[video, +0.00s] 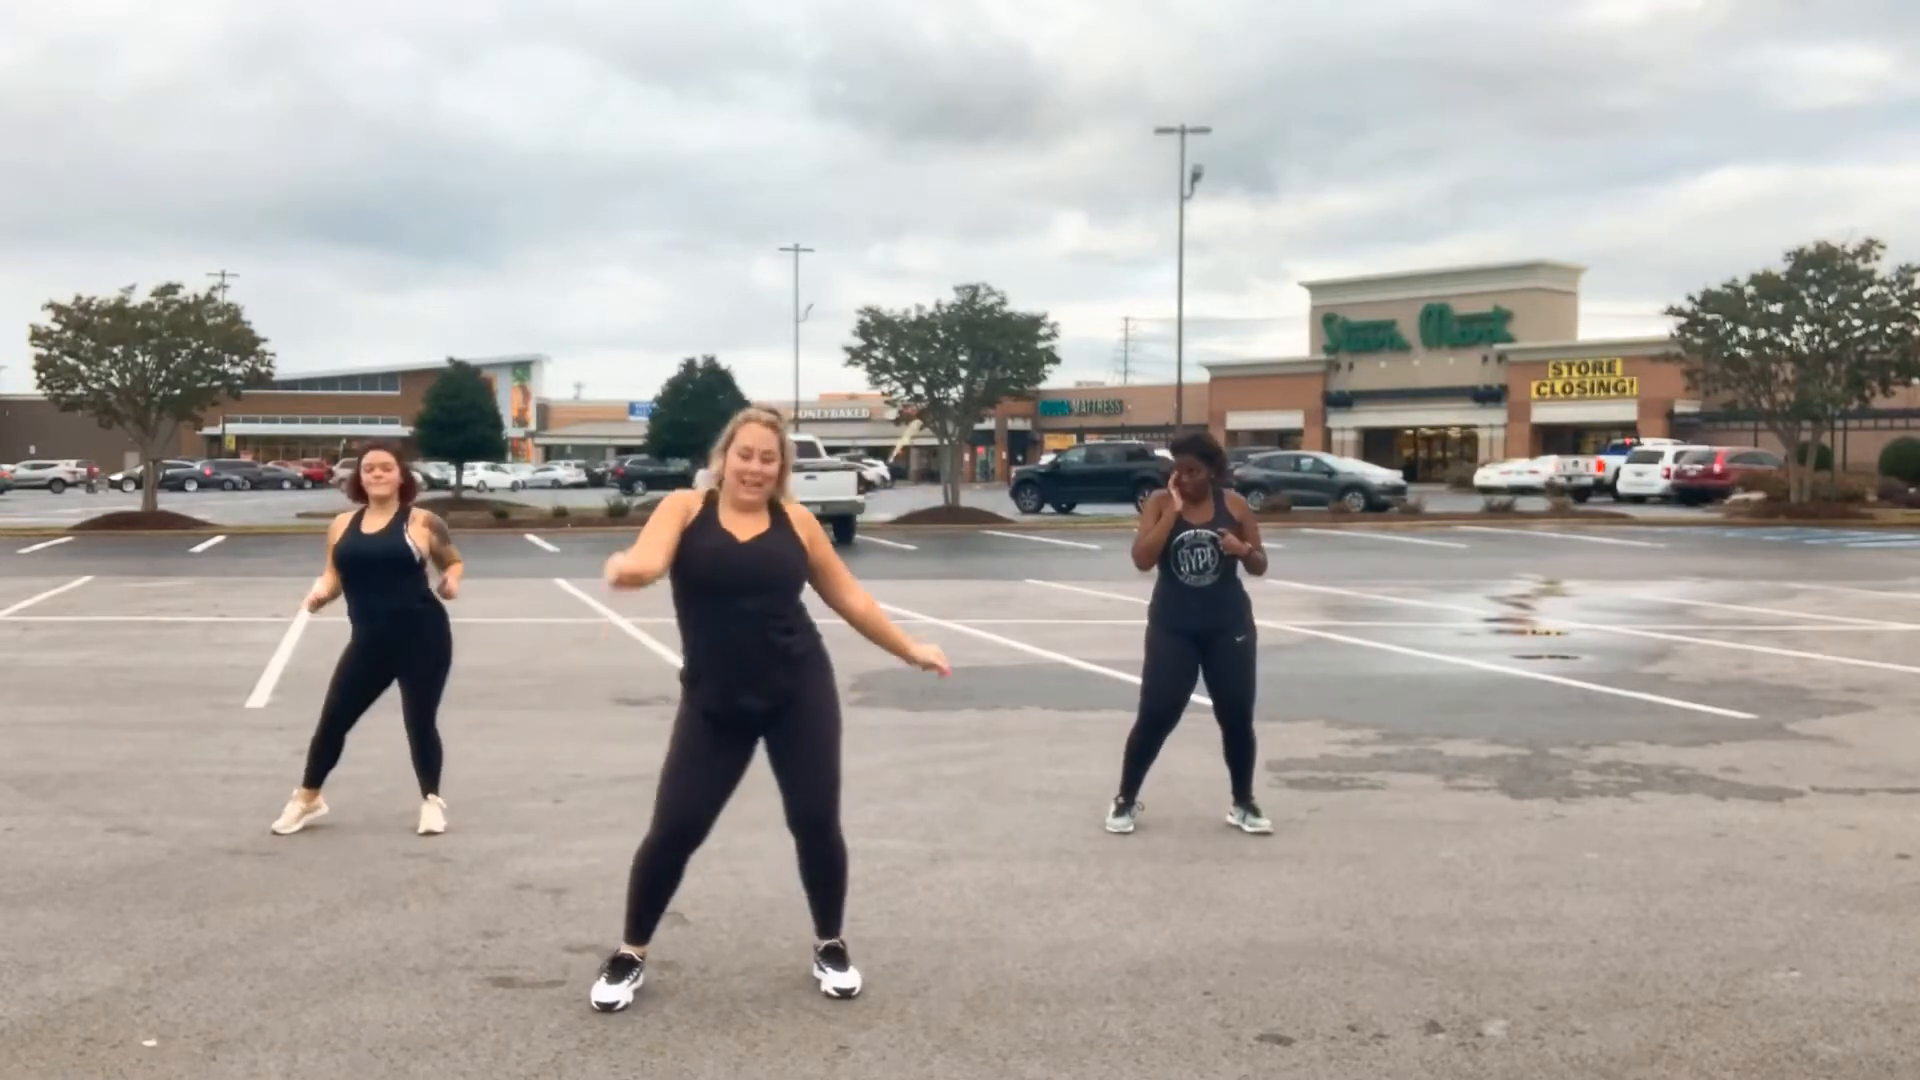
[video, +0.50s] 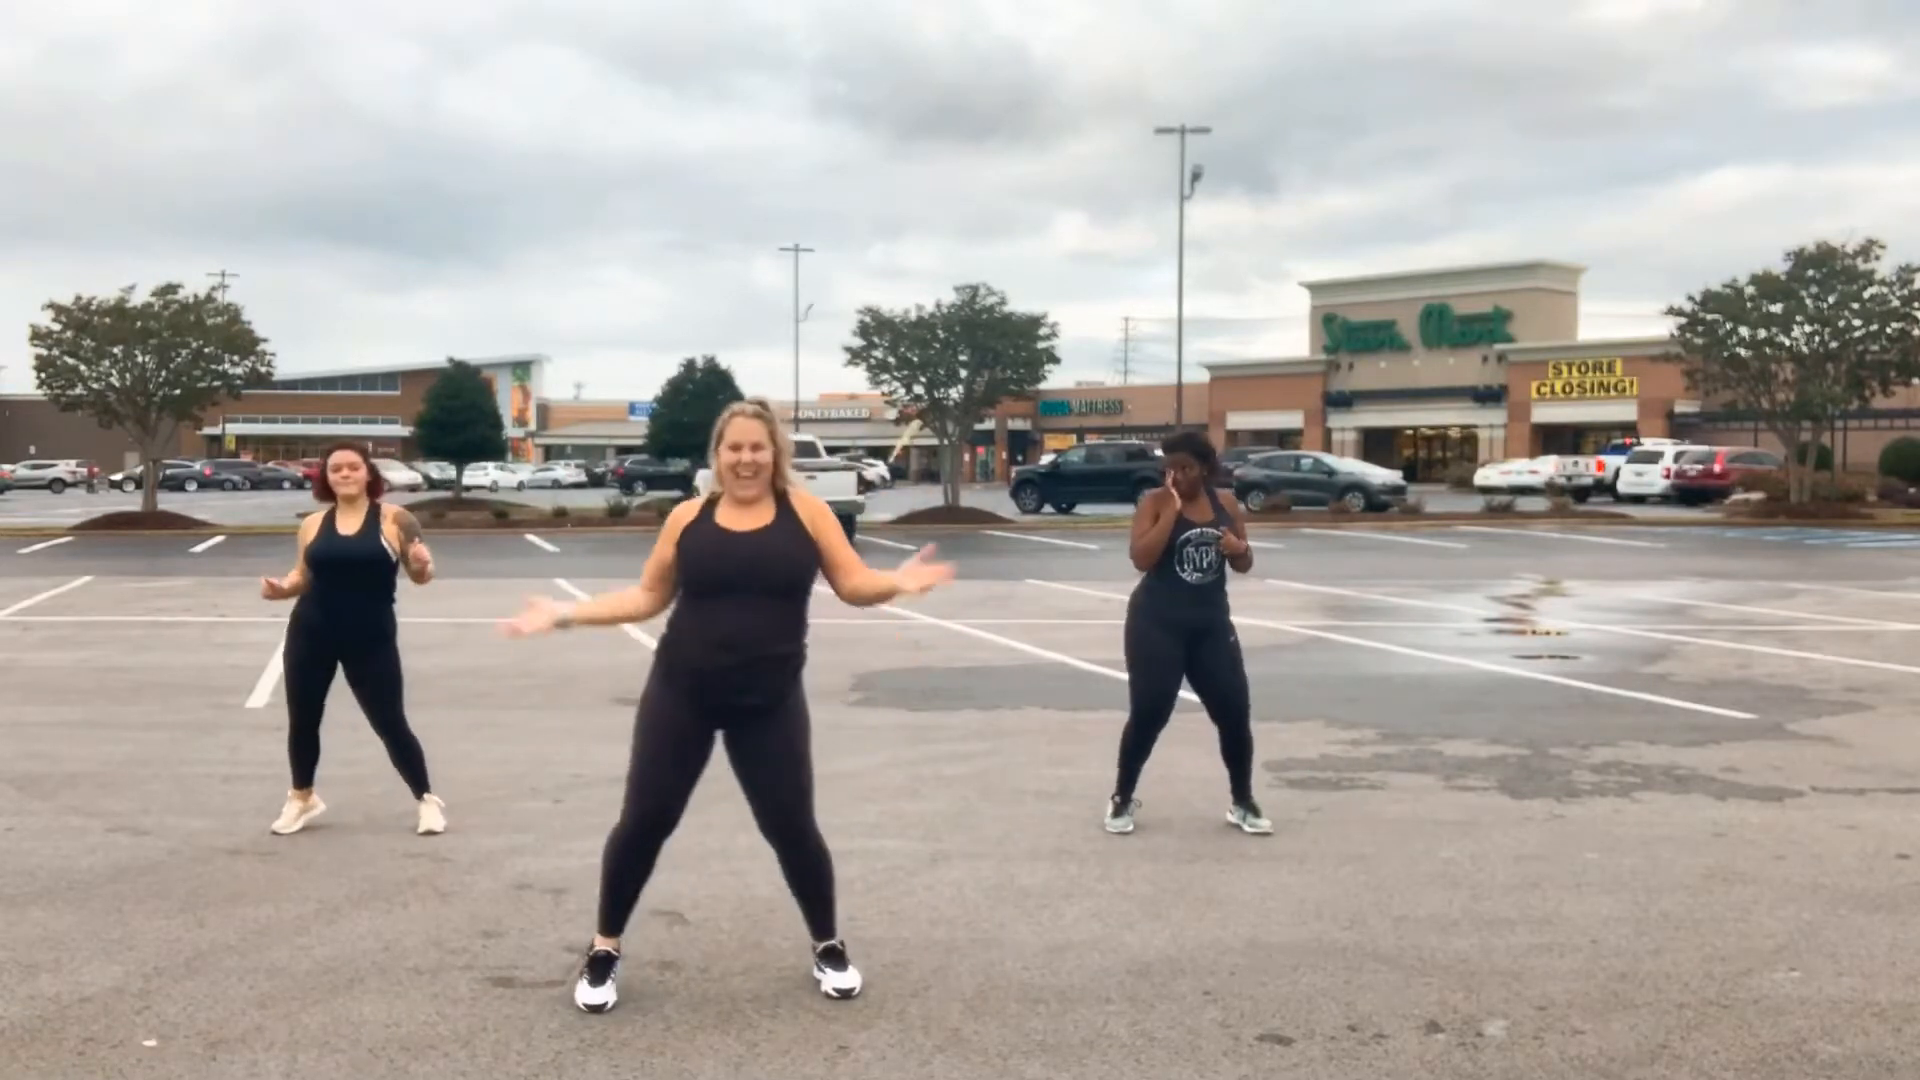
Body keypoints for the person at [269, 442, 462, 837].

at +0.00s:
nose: (378, 474)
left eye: (386, 468)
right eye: (370, 469)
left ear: (401, 476)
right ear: (359, 479)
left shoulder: (423, 522)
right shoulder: (343, 525)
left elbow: (452, 562)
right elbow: (334, 574)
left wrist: (450, 579)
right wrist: (319, 593)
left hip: (422, 637)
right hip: (370, 641)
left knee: (420, 722)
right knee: (333, 720)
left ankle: (431, 800)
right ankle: (308, 797)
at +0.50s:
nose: (346, 474)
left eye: (354, 467)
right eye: (337, 469)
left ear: (368, 475)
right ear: (327, 479)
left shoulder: (393, 519)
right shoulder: (312, 524)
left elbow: (420, 576)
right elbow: (305, 575)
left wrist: (421, 566)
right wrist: (283, 588)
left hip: (369, 638)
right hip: (312, 636)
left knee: (390, 724)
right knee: (302, 721)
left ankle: (426, 800)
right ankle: (302, 797)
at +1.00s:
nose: (360, 473)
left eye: (368, 467)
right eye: (351, 468)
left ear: (381, 475)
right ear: (339, 477)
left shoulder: (405, 522)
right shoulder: (320, 522)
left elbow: (448, 557)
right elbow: (283, 576)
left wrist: (448, 607)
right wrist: (291, 558)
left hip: (396, 639)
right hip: (342, 639)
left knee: (403, 724)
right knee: (312, 722)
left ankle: (427, 800)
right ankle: (305, 798)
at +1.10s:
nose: (369, 470)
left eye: (376, 464)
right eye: (360, 465)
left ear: (389, 472)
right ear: (347, 474)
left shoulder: (411, 515)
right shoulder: (328, 518)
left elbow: (455, 542)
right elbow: (292, 562)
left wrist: (447, 587)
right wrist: (304, 575)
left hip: (404, 636)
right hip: (351, 637)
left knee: (407, 720)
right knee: (327, 722)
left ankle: (427, 801)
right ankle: (307, 798)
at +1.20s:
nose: (378, 469)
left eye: (385, 462)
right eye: (369, 464)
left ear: (398, 470)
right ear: (356, 473)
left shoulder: (420, 513)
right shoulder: (339, 519)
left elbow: (462, 543)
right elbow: (308, 570)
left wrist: (451, 573)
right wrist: (325, 600)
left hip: (417, 633)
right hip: (364, 635)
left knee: (416, 718)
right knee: (339, 721)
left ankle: (428, 800)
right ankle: (312, 798)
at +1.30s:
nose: (385, 468)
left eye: (392, 461)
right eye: (377, 462)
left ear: (406, 469)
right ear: (364, 472)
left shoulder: (428, 515)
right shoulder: (348, 522)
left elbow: (469, 560)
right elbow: (331, 578)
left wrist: (446, 558)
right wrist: (335, 626)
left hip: (424, 633)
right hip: (369, 634)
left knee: (420, 718)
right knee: (354, 715)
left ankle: (429, 799)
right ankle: (354, 793)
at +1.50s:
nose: (397, 474)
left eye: (404, 467)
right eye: (388, 469)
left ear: (418, 474)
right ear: (377, 479)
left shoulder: (440, 519)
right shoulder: (359, 527)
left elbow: (449, 567)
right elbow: (344, 586)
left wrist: (415, 548)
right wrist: (334, 635)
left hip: (430, 640)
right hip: (375, 640)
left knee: (425, 721)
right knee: (383, 724)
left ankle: (429, 798)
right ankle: (395, 799)